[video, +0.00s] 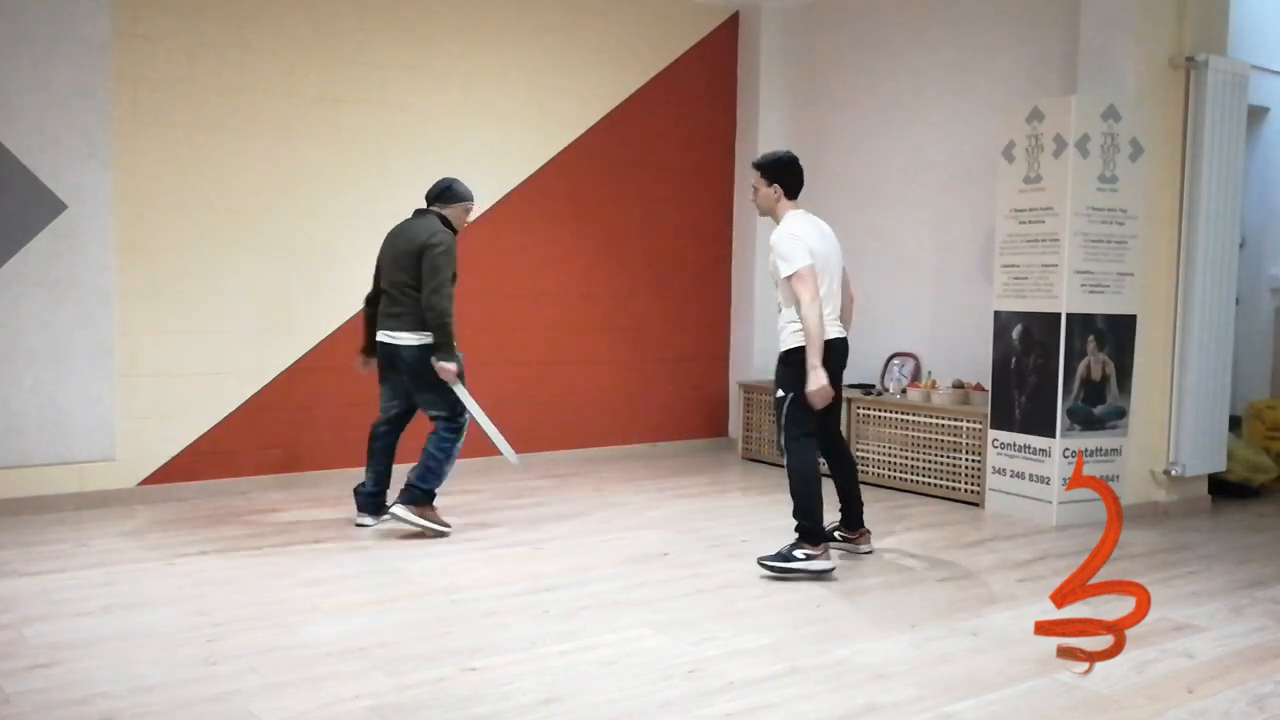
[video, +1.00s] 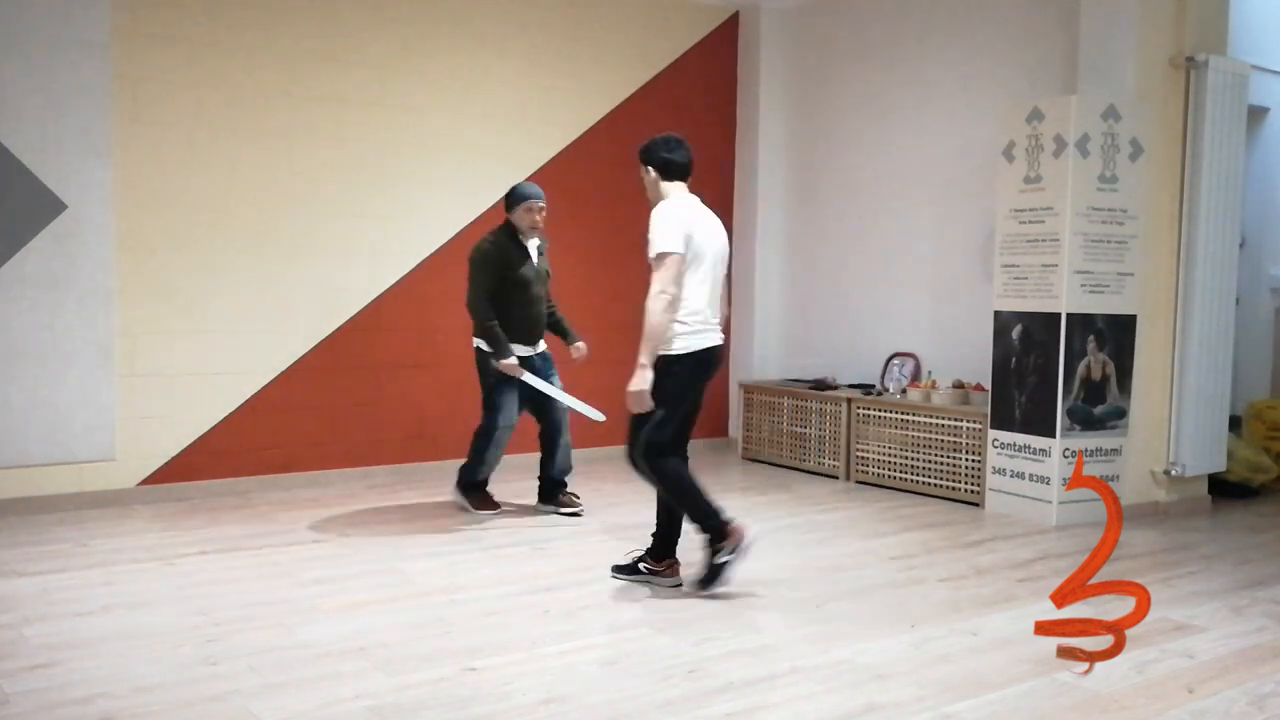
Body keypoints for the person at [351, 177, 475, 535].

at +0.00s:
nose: (469, 219)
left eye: (470, 212)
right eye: (467, 212)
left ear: (434, 205)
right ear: (449, 208)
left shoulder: (399, 232)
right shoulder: (440, 238)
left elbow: (377, 292)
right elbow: (436, 298)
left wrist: (370, 342)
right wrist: (445, 353)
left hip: (388, 345)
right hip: (420, 347)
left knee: (391, 418)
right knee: (453, 418)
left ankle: (370, 503)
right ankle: (417, 499)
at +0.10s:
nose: (468, 215)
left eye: (470, 208)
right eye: (465, 207)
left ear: (435, 203)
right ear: (446, 204)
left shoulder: (404, 230)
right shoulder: (435, 235)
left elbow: (396, 288)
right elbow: (426, 293)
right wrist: (433, 349)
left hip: (394, 343)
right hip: (428, 344)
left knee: (391, 421)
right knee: (454, 417)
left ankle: (370, 503)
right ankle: (430, 496)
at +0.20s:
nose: (472, 215)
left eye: (473, 208)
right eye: (467, 207)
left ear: (439, 207)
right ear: (447, 206)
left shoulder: (414, 232)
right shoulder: (434, 238)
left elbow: (415, 289)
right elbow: (422, 294)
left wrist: (453, 321)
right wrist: (427, 351)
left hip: (401, 343)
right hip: (433, 346)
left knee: (392, 421)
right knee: (451, 418)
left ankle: (371, 503)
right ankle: (452, 492)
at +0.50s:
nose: (497, 219)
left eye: (498, 212)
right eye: (492, 211)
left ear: (472, 213)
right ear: (471, 212)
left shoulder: (461, 243)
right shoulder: (454, 250)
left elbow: (477, 297)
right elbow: (448, 311)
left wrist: (513, 315)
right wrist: (451, 364)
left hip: (461, 347)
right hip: (468, 350)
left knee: (454, 413)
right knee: (476, 422)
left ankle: (403, 469)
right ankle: (462, 492)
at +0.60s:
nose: (503, 216)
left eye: (505, 210)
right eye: (497, 210)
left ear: (497, 210)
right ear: (477, 210)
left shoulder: (478, 242)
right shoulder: (457, 247)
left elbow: (485, 298)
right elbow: (455, 305)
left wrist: (513, 322)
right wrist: (465, 359)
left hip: (486, 344)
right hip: (466, 346)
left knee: (487, 411)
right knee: (478, 417)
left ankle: (440, 468)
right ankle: (462, 489)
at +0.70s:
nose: (509, 214)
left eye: (512, 207)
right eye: (503, 207)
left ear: (511, 209)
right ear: (483, 208)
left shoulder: (492, 240)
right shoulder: (463, 243)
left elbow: (496, 296)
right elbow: (457, 302)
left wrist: (517, 330)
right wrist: (476, 354)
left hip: (497, 344)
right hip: (471, 345)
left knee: (511, 406)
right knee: (479, 412)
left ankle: (489, 480)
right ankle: (460, 491)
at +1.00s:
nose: (539, 217)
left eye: (542, 210)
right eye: (531, 210)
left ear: (545, 213)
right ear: (512, 213)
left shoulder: (538, 248)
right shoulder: (489, 250)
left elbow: (542, 303)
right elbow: (477, 304)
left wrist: (569, 336)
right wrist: (502, 352)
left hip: (536, 352)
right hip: (499, 353)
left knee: (556, 416)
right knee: (501, 421)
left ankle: (553, 489)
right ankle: (472, 483)